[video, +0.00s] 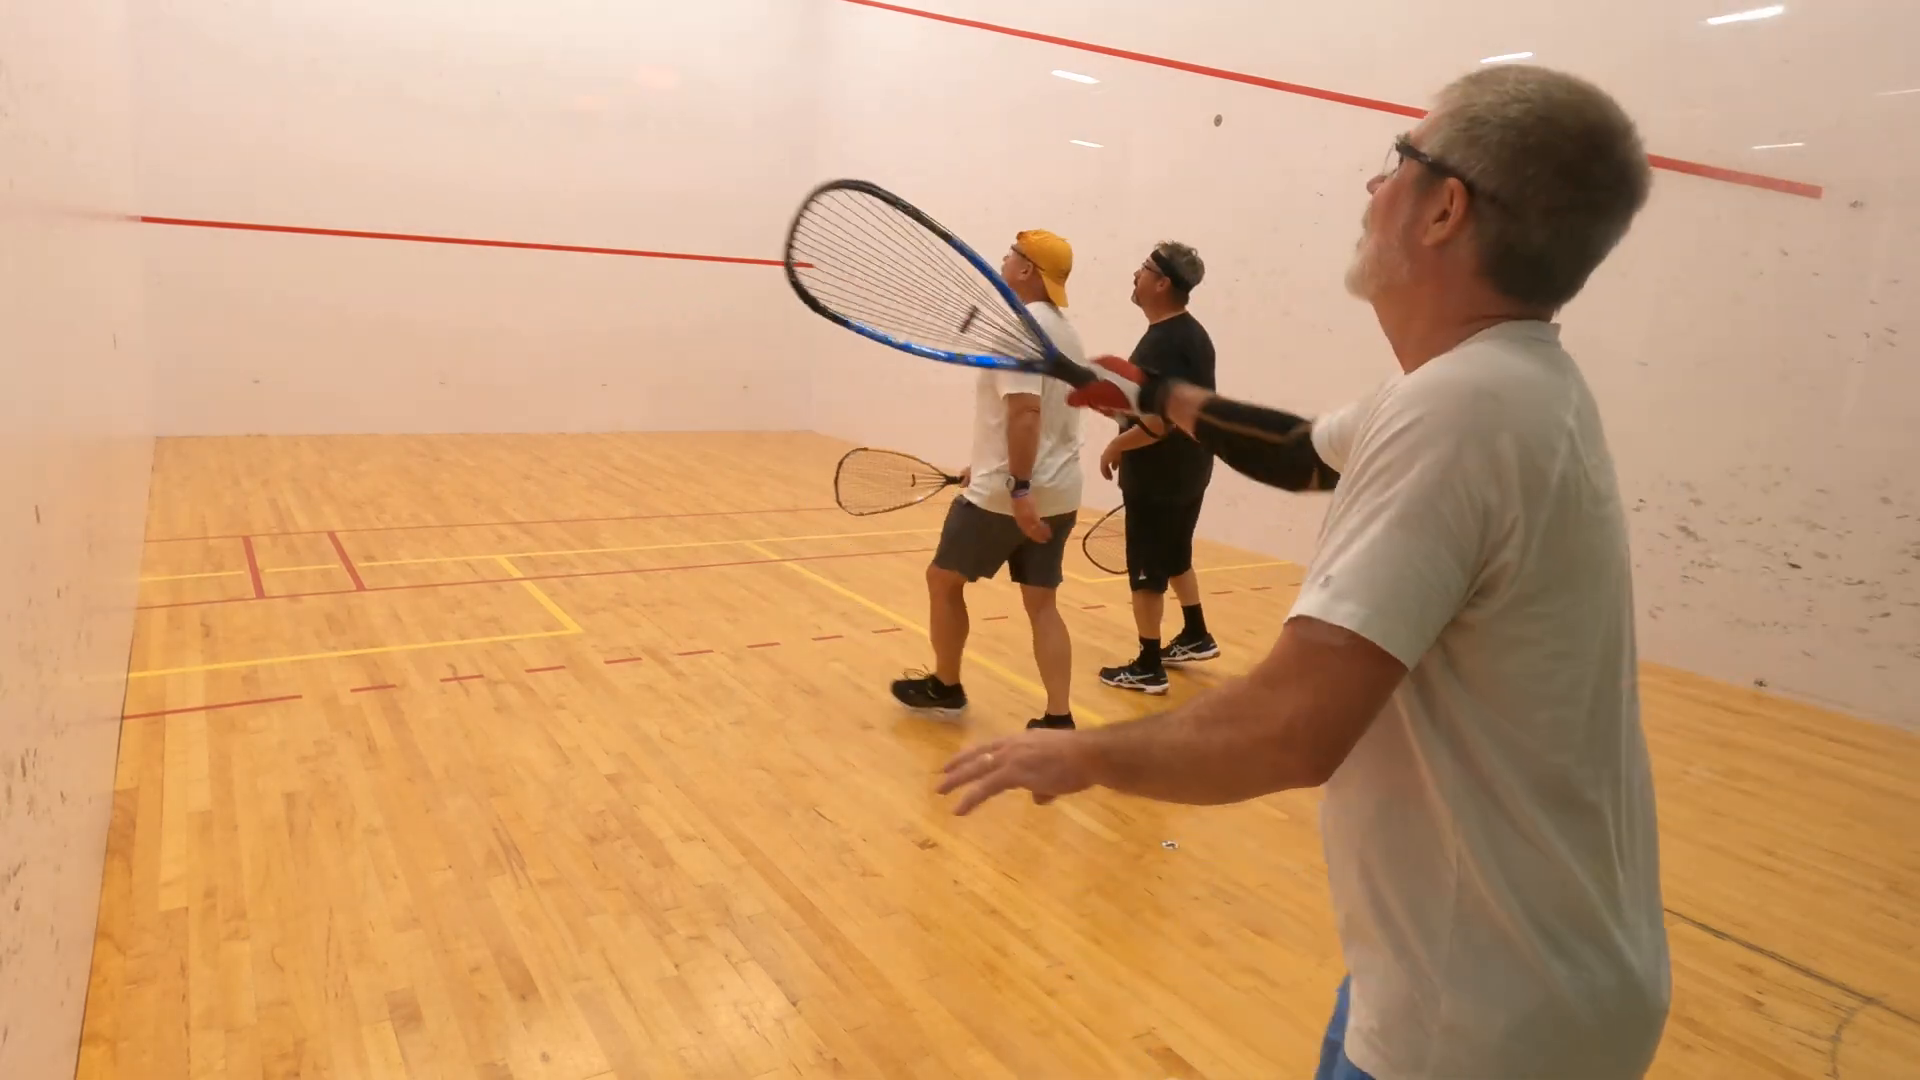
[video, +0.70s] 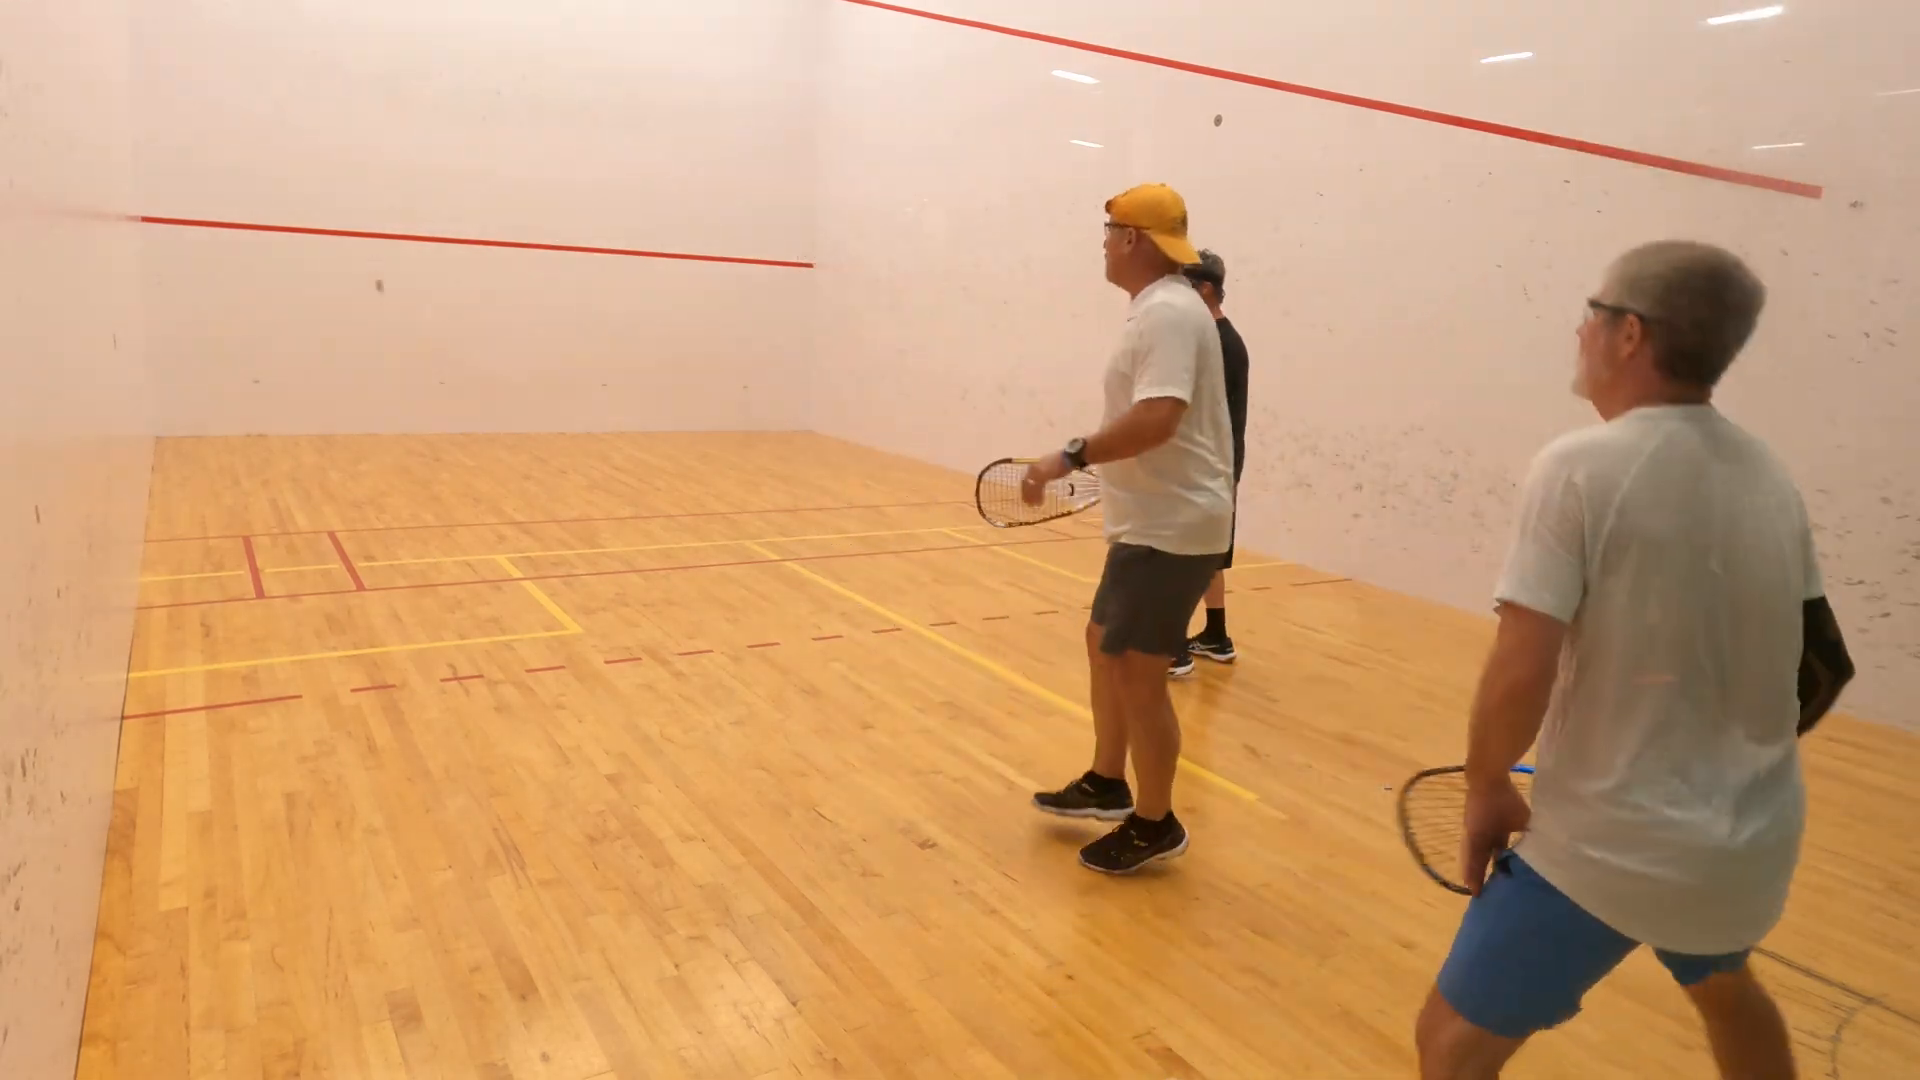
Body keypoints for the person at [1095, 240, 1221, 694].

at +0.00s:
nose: (1135, 275)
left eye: (1144, 271)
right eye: (1140, 268)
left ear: (1162, 285)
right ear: (1172, 288)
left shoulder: (1161, 342)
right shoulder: (1193, 335)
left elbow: (1160, 424)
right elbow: (1182, 412)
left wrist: (1117, 446)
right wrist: (1121, 422)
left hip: (1157, 473)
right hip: (1187, 468)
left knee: (1146, 566)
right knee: (1176, 553)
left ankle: (1148, 665)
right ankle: (1196, 633)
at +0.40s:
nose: (1153, 290)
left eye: (1160, 285)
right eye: (1158, 283)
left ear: (1178, 295)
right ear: (1190, 297)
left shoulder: (1180, 351)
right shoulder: (1213, 344)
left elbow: (1174, 421)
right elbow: (1207, 419)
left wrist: (1147, 482)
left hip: (1178, 482)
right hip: (1206, 480)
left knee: (1147, 566)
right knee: (1197, 556)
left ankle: (1149, 663)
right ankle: (1214, 635)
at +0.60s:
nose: (1168, 294)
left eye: (1175, 287)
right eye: (1170, 286)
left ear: (1196, 292)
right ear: (1205, 293)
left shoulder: (1197, 344)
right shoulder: (1226, 339)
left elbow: (1204, 417)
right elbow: (1221, 413)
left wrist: (1183, 465)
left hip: (1194, 468)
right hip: (1220, 467)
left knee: (1161, 546)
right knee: (1210, 546)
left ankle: (1158, 649)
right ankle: (1216, 634)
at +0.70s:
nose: (1185, 294)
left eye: (1192, 286)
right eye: (1185, 285)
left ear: (1210, 290)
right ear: (1210, 289)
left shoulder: (1218, 339)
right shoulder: (1217, 334)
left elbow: (1217, 411)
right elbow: (1219, 409)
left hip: (1213, 465)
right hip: (1213, 462)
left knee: (1196, 551)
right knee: (1209, 550)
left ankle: (1173, 649)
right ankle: (1215, 635)